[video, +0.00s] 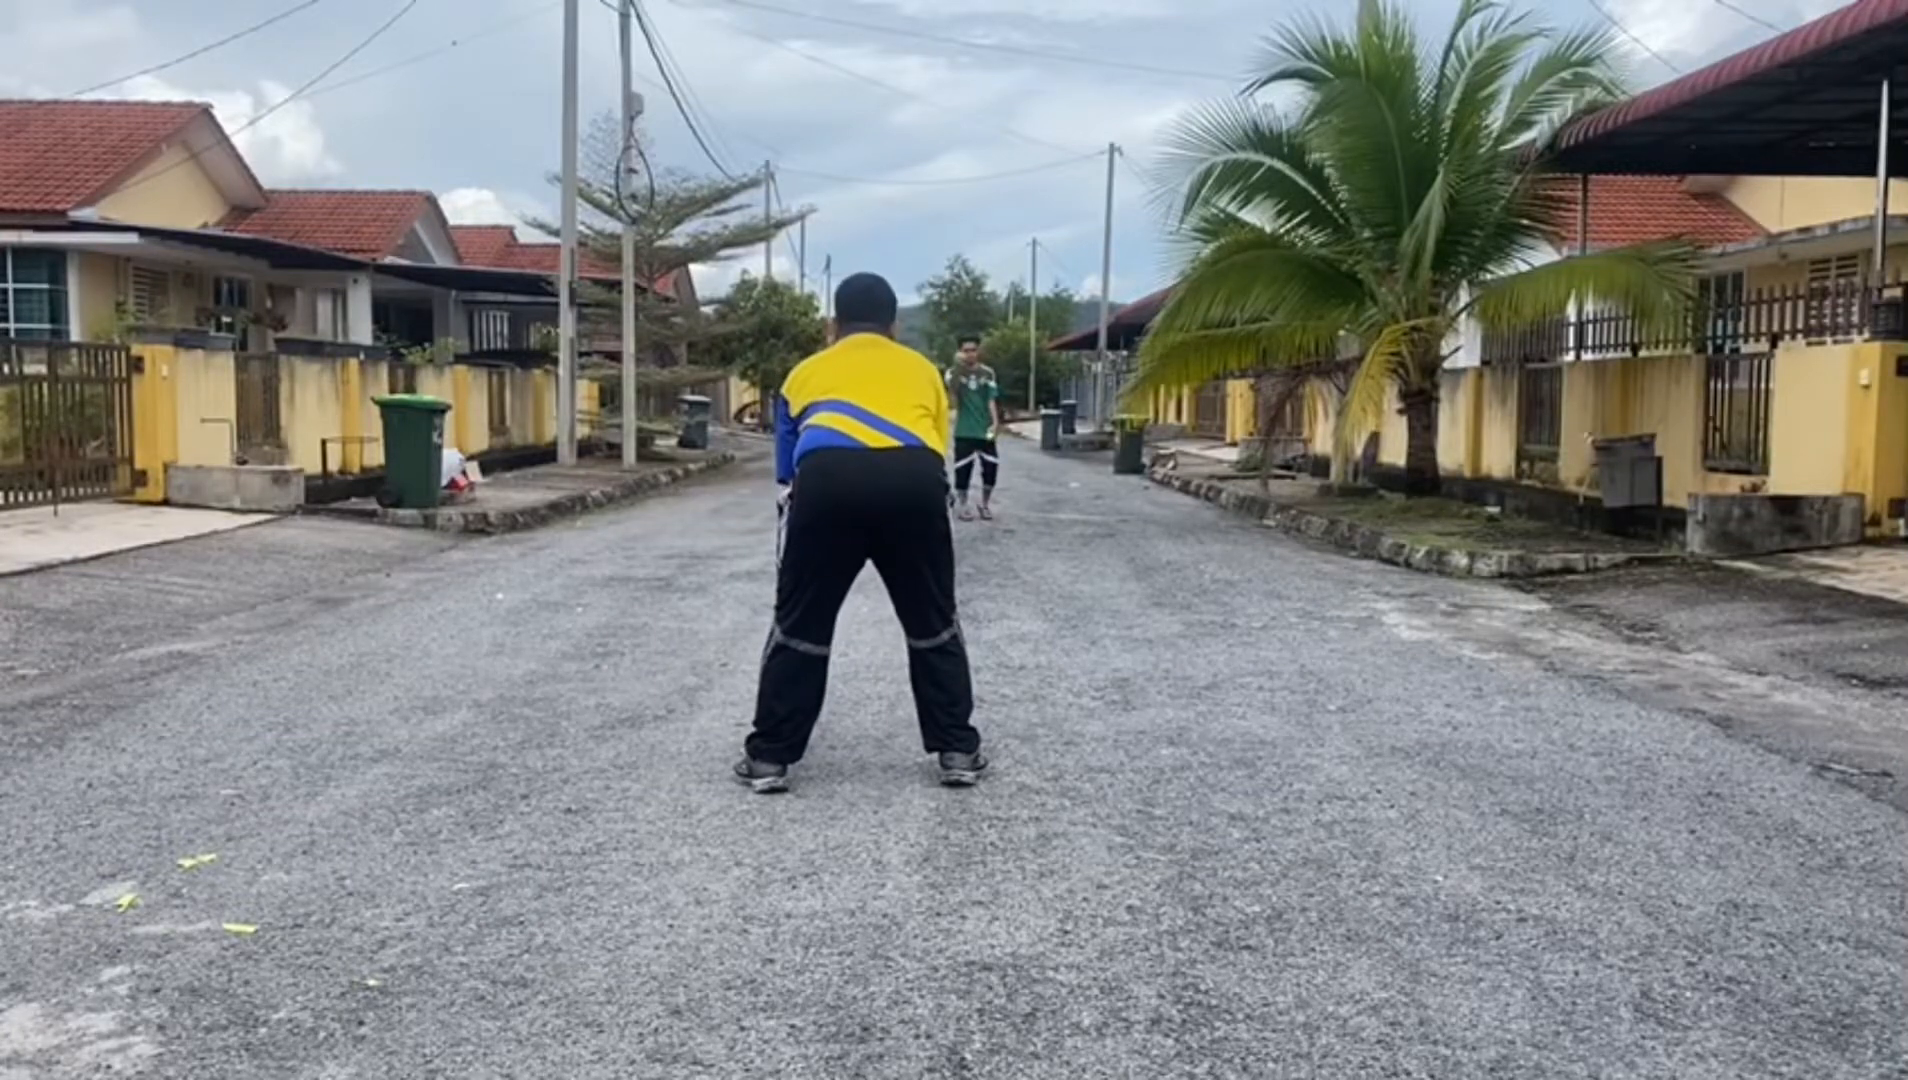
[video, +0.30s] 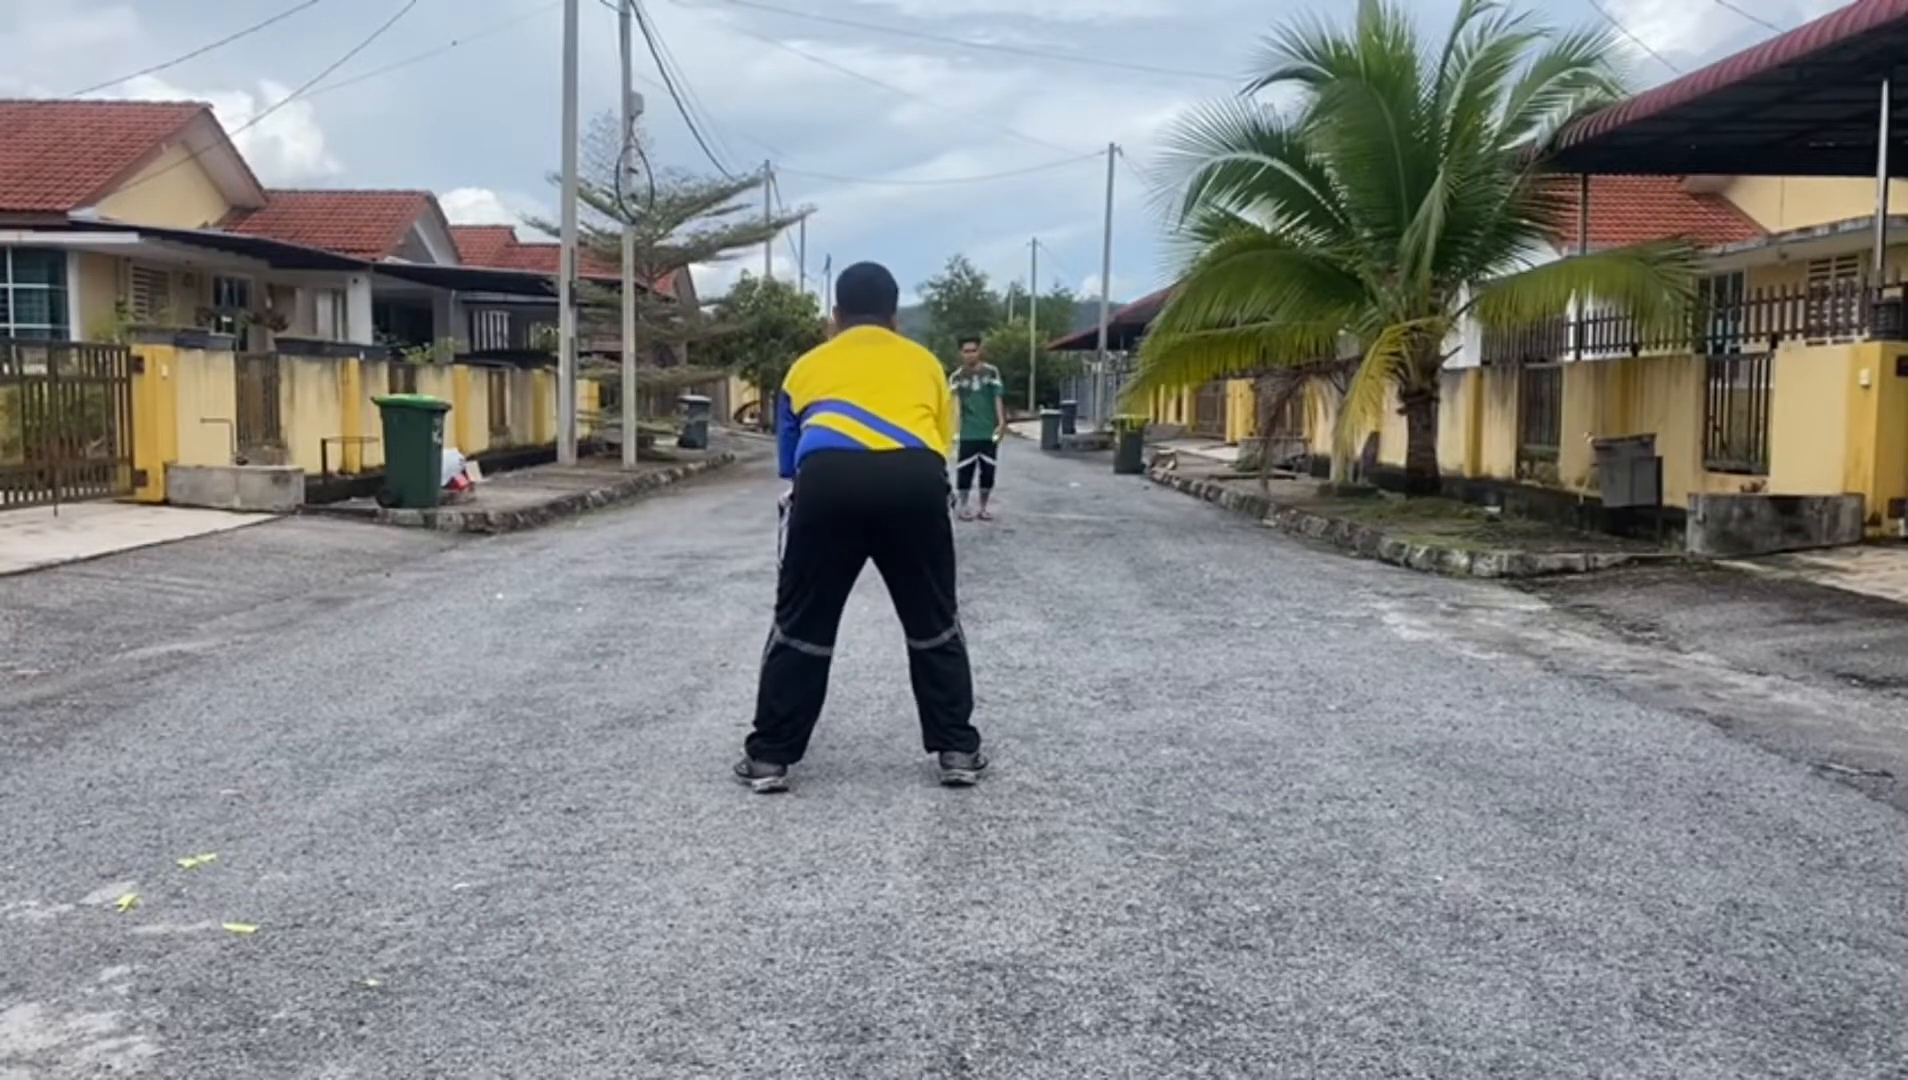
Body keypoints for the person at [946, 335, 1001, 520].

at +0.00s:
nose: (970, 355)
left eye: (973, 350)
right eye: (966, 351)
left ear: (978, 352)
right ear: (959, 353)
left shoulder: (987, 373)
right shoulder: (954, 375)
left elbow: (991, 400)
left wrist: (994, 423)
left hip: (984, 430)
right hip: (964, 430)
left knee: (990, 469)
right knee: (963, 471)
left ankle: (985, 503)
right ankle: (962, 504)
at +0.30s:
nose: (970, 355)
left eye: (973, 351)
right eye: (966, 351)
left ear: (980, 352)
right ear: (961, 354)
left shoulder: (991, 372)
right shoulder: (956, 377)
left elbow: (997, 398)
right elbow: (952, 404)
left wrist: (1001, 422)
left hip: (988, 431)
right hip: (967, 432)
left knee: (987, 474)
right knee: (964, 473)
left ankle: (983, 507)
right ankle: (963, 505)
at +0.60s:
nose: (968, 360)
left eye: (971, 355)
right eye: (964, 356)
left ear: (978, 356)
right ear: (960, 359)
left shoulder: (992, 373)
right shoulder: (962, 378)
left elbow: (1003, 398)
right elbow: (957, 379)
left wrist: (1008, 422)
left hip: (995, 428)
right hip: (975, 428)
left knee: (991, 470)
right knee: (972, 465)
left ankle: (984, 507)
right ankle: (965, 503)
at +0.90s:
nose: (967, 358)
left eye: (970, 354)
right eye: (963, 355)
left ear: (977, 355)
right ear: (959, 359)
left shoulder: (992, 373)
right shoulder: (958, 380)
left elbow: (1003, 398)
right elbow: (960, 405)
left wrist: (1008, 422)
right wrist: (961, 424)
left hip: (996, 427)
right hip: (976, 428)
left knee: (993, 469)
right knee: (975, 466)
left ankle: (985, 508)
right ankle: (971, 507)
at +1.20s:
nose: (973, 352)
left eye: (976, 347)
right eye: (969, 348)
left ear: (982, 349)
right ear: (964, 352)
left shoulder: (993, 370)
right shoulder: (963, 372)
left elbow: (1000, 397)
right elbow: (960, 375)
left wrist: (1007, 420)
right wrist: (965, 364)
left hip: (993, 426)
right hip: (974, 426)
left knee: (991, 468)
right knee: (972, 466)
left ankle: (984, 506)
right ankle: (970, 506)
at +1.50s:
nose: (977, 351)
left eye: (981, 347)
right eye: (973, 348)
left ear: (986, 350)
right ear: (967, 351)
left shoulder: (993, 372)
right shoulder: (965, 372)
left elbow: (999, 400)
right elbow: (955, 358)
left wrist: (1005, 422)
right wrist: (962, 334)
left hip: (992, 426)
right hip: (973, 425)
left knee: (989, 468)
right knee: (971, 467)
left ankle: (984, 506)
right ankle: (971, 507)